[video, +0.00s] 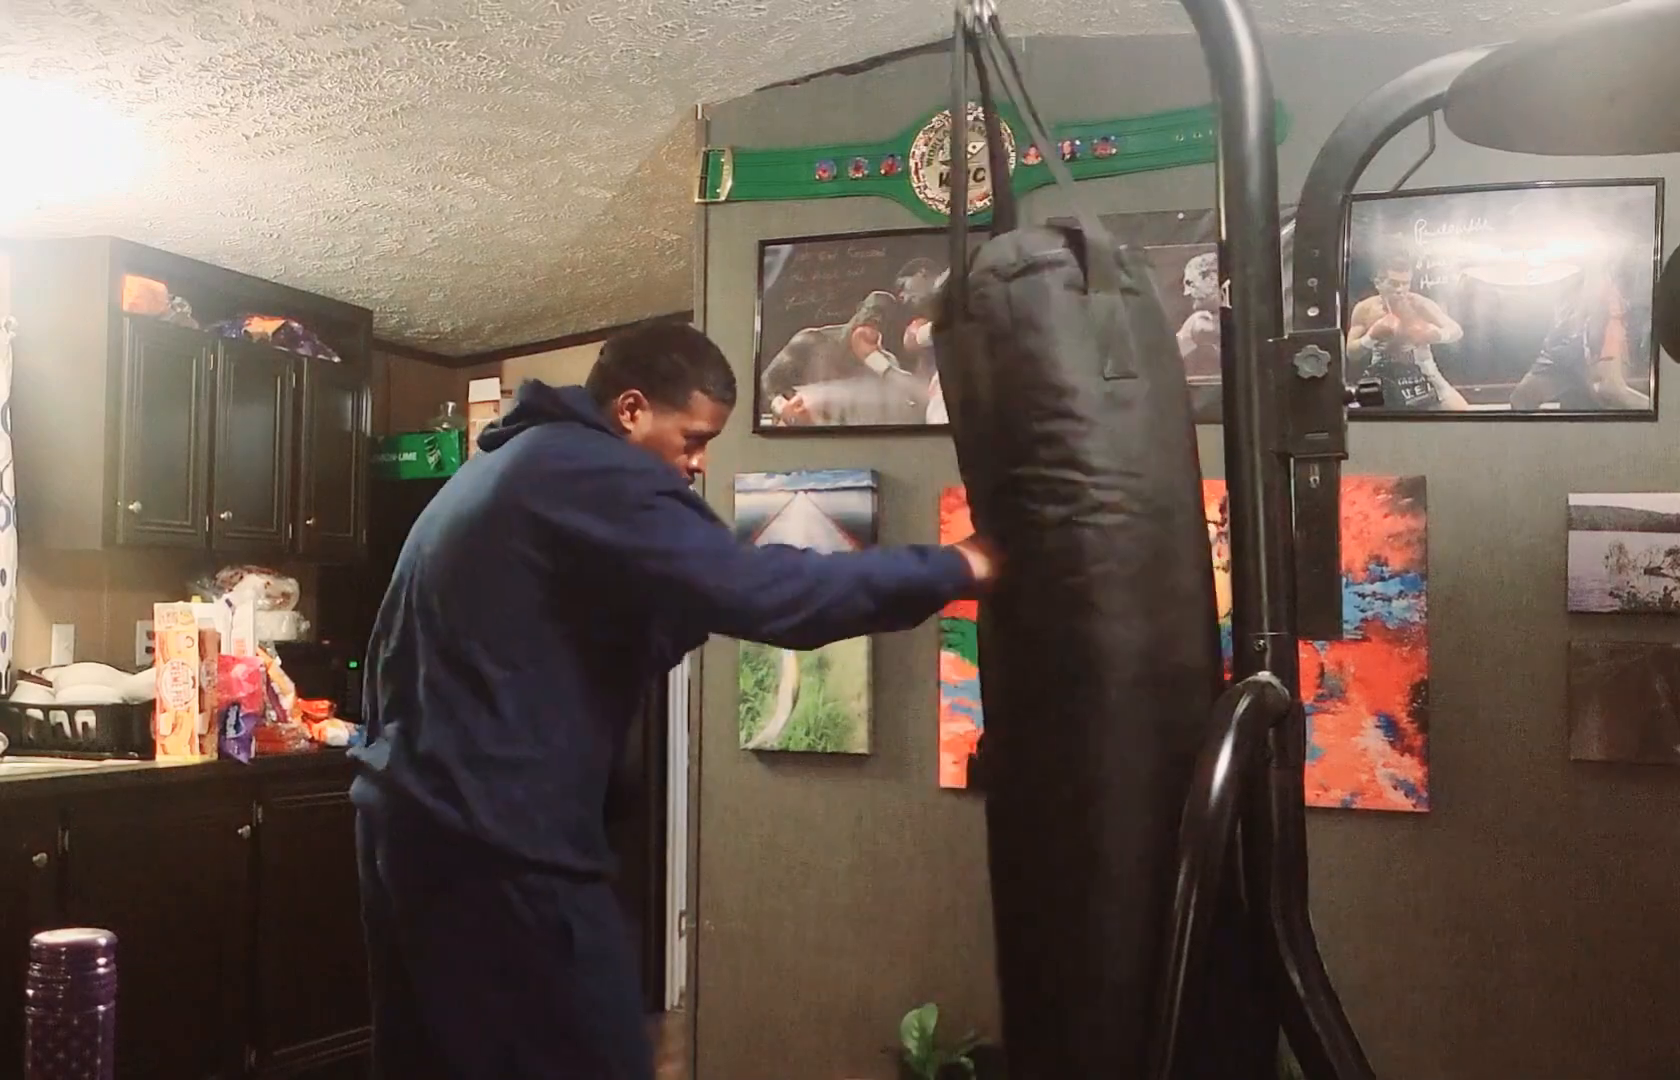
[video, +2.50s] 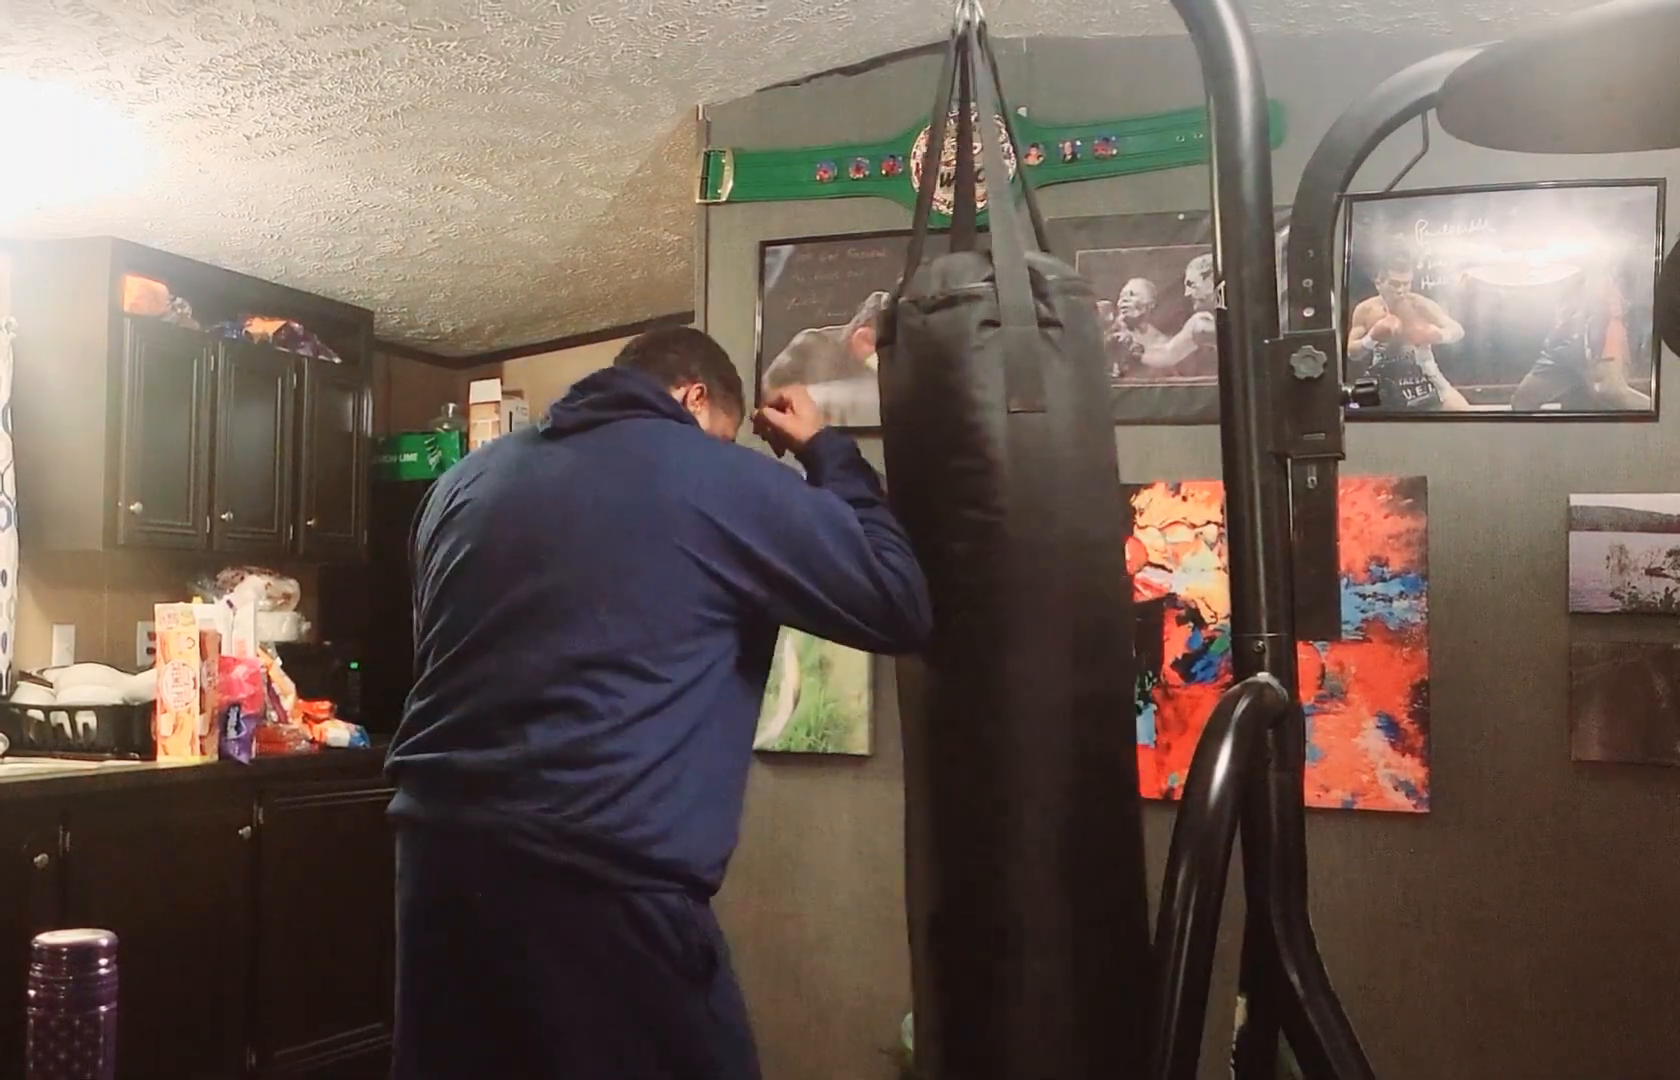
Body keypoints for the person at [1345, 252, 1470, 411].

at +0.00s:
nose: (1401, 290)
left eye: (1405, 284)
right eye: (1394, 284)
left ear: (1410, 283)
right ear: (1378, 283)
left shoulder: (1421, 304)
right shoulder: (1364, 309)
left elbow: (1456, 331)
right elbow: (1351, 354)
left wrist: (1433, 334)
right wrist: (1372, 336)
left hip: (1425, 378)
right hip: (1383, 380)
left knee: (1463, 413)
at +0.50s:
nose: (1400, 290)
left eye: (1405, 284)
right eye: (1394, 284)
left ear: (1410, 283)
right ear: (1378, 283)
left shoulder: (1421, 305)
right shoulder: (1364, 310)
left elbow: (1456, 331)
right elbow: (1351, 353)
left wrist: (1435, 335)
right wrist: (1371, 337)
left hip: (1425, 380)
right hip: (1382, 382)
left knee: (1466, 416)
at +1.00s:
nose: (1401, 290)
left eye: (1406, 284)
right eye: (1395, 284)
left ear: (1411, 282)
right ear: (1379, 283)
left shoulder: (1421, 304)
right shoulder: (1364, 310)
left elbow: (1457, 331)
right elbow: (1351, 353)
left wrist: (1436, 335)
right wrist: (1373, 337)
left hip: (1427, 381)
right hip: (1384, 383)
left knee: (1467, 417)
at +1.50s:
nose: (1400, 290)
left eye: (1405, 284)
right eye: (1394, 284)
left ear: (1410, 283)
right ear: (1378, 283)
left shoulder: (1420, 304)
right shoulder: (1364, 309)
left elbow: (1457, 331)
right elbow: (1350, 352)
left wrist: (1434, 334)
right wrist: (1372, 336)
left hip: (1426, 381)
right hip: (1383, 384)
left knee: (1466, 416)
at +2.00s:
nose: (1401, 290)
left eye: (1406, 284)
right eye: (1394, 284)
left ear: (1410, 283)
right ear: (1378, 283)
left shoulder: (1420, 304)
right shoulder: (1364, 310)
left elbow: (1457, 331)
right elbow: (1351, 353)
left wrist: (1434, 334)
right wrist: (1373, 336)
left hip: (1427, 381)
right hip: (1384, 384)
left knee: (1465, 415)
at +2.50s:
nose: (1401, 290)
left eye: (1406, 284)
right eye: (1395, 284)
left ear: (1411, 282)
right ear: (1379, 283)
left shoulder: (1421, 305)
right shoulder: (1365, 310)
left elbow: (1457, 330)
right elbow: (1352, 353)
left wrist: (1434, 335)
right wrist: (1373, 337)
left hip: (1427, 381)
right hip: (1384, 384)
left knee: (1466, 415)